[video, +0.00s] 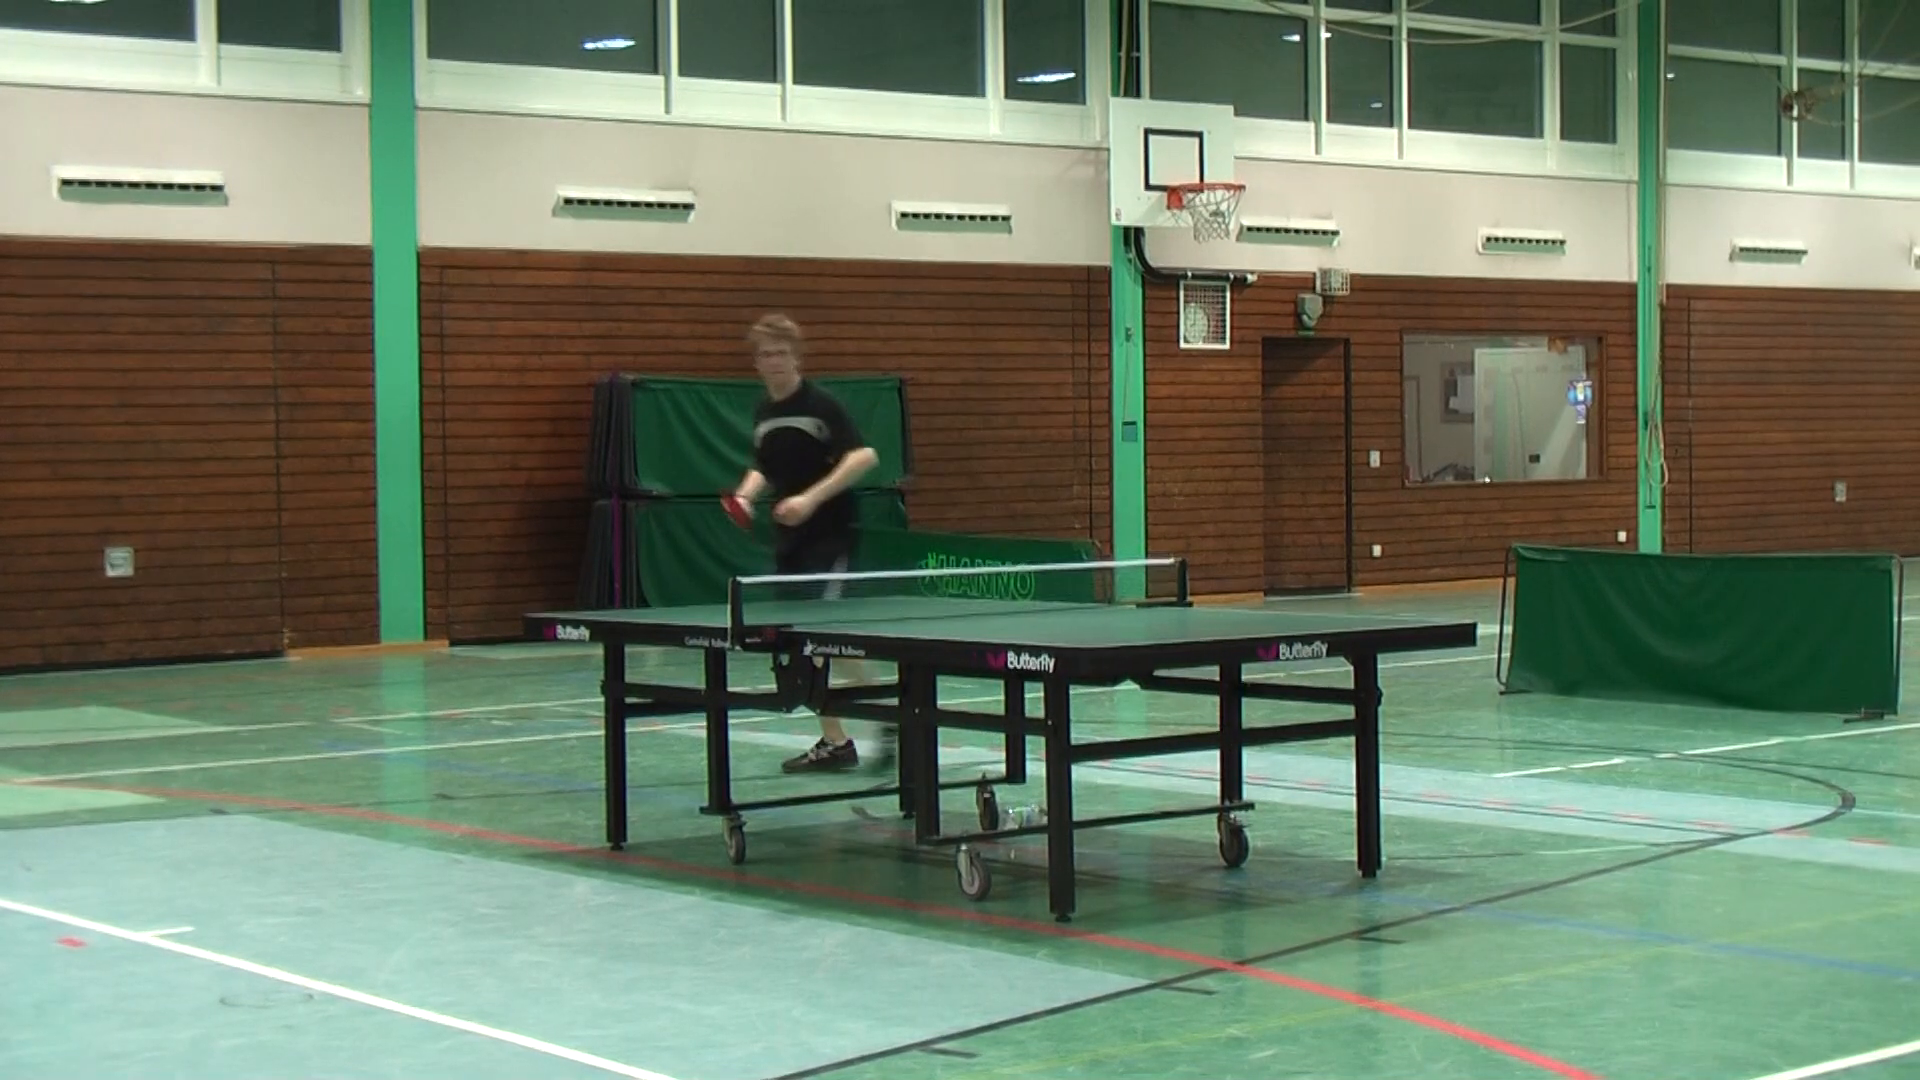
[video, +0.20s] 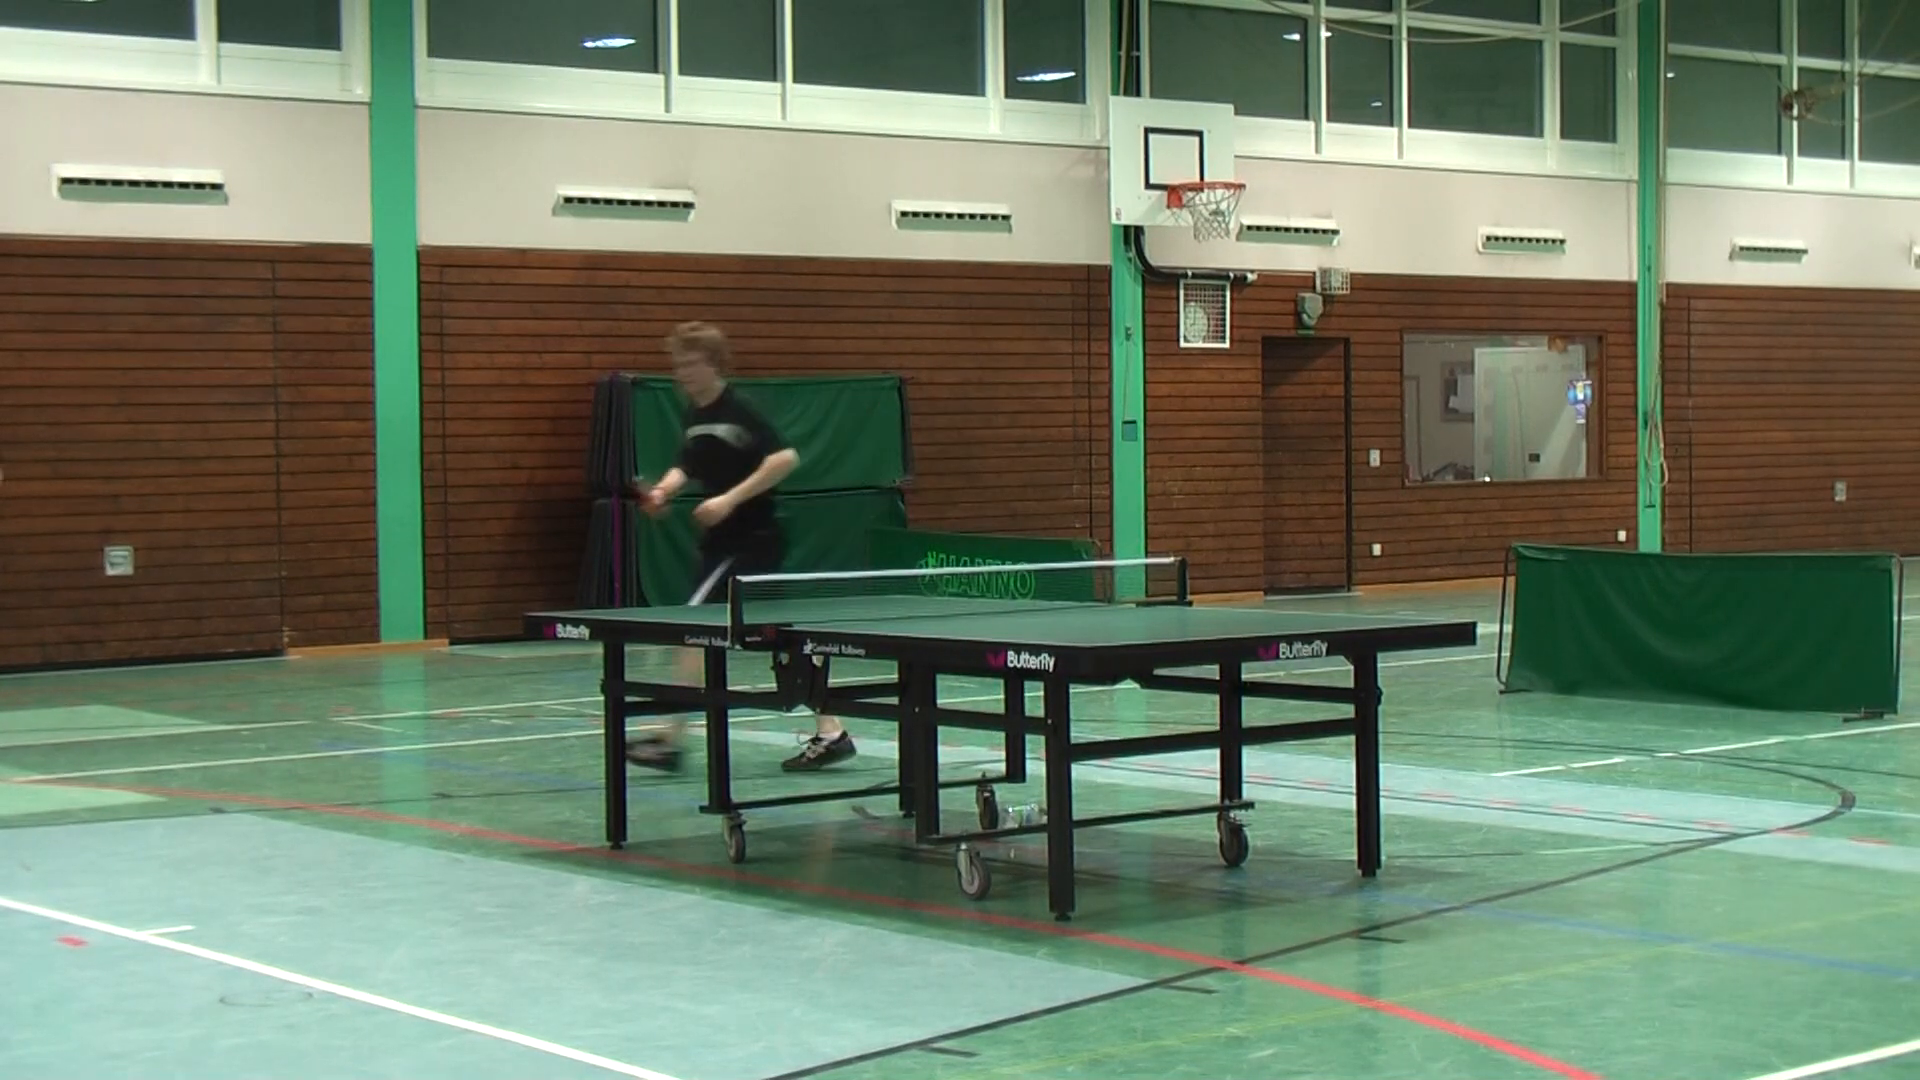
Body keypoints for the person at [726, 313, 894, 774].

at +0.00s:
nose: (774, 363)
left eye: (782, 354)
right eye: (766, 356)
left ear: (798, 356)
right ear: (756, 363)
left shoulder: (821, 404)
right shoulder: (764, 412)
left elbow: (863, 456)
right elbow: (765, 465)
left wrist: (809, 498)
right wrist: (745, 494)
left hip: (831, 539)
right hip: (791, 540)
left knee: (826, 633)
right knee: (799, 641)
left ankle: (888, 714)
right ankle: (835, 739)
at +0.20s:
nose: (681, 373)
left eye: (689, 364)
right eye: (677, 365)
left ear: (714, 364)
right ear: (677, 369)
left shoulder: (739, 409)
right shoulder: (693, 414)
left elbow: (784, 458)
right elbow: (690, 464)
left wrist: (729, 499)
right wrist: (662, 490)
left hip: (751, 545)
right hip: (723, 544)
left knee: (692, 630)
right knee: (782, 635)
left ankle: (667, 738)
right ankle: (831, 730)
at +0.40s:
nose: (591, 381)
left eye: (596, 373)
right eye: (591, 373)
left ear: (620, 374)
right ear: (612, 375)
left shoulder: (653, 422)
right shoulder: (623, 419)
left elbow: (683, 487)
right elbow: (625, 484)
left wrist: (625, 529)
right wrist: (597, 521)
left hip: (660, 553)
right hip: (639, 549)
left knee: (604, 638)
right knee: (658, 645)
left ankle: (621, 746)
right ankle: (745, 699)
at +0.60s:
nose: (524, 361)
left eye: (528, 353)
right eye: (524, 353)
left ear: (550, 355)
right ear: (556, 355)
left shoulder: (569, 401)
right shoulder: (590, 397)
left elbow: (572, 460)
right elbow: (617, 461)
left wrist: (521, 491)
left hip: (586, 535)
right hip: (583, 532)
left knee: (595, 634)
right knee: (543, 623)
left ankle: (618, 739)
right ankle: (552, 726)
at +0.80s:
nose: (463, 375)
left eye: (468, 367)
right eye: (464, 367)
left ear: (490, 370)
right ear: (496, 371)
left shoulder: (503, 415)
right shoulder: (518, 413)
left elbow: (495, 474)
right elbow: (561, 477)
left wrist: (441, 509)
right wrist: (541, 524)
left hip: (514, 548)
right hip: (500, 547)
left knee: (531, 644)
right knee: (466, 642)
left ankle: (607, 730)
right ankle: (451, 743)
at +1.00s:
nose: (409, 360)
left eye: (415, 353)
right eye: (410, 353)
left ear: (438, 357)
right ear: (435, 357)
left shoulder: (457, 404)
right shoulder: (435, 406)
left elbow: (467, 471)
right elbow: (437, 488)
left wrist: (445, 538)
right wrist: (420, 549)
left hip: (465, 534)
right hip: (445, 534)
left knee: (424, 633)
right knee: (432, 637)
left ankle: (506, 710)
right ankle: (449, 743)